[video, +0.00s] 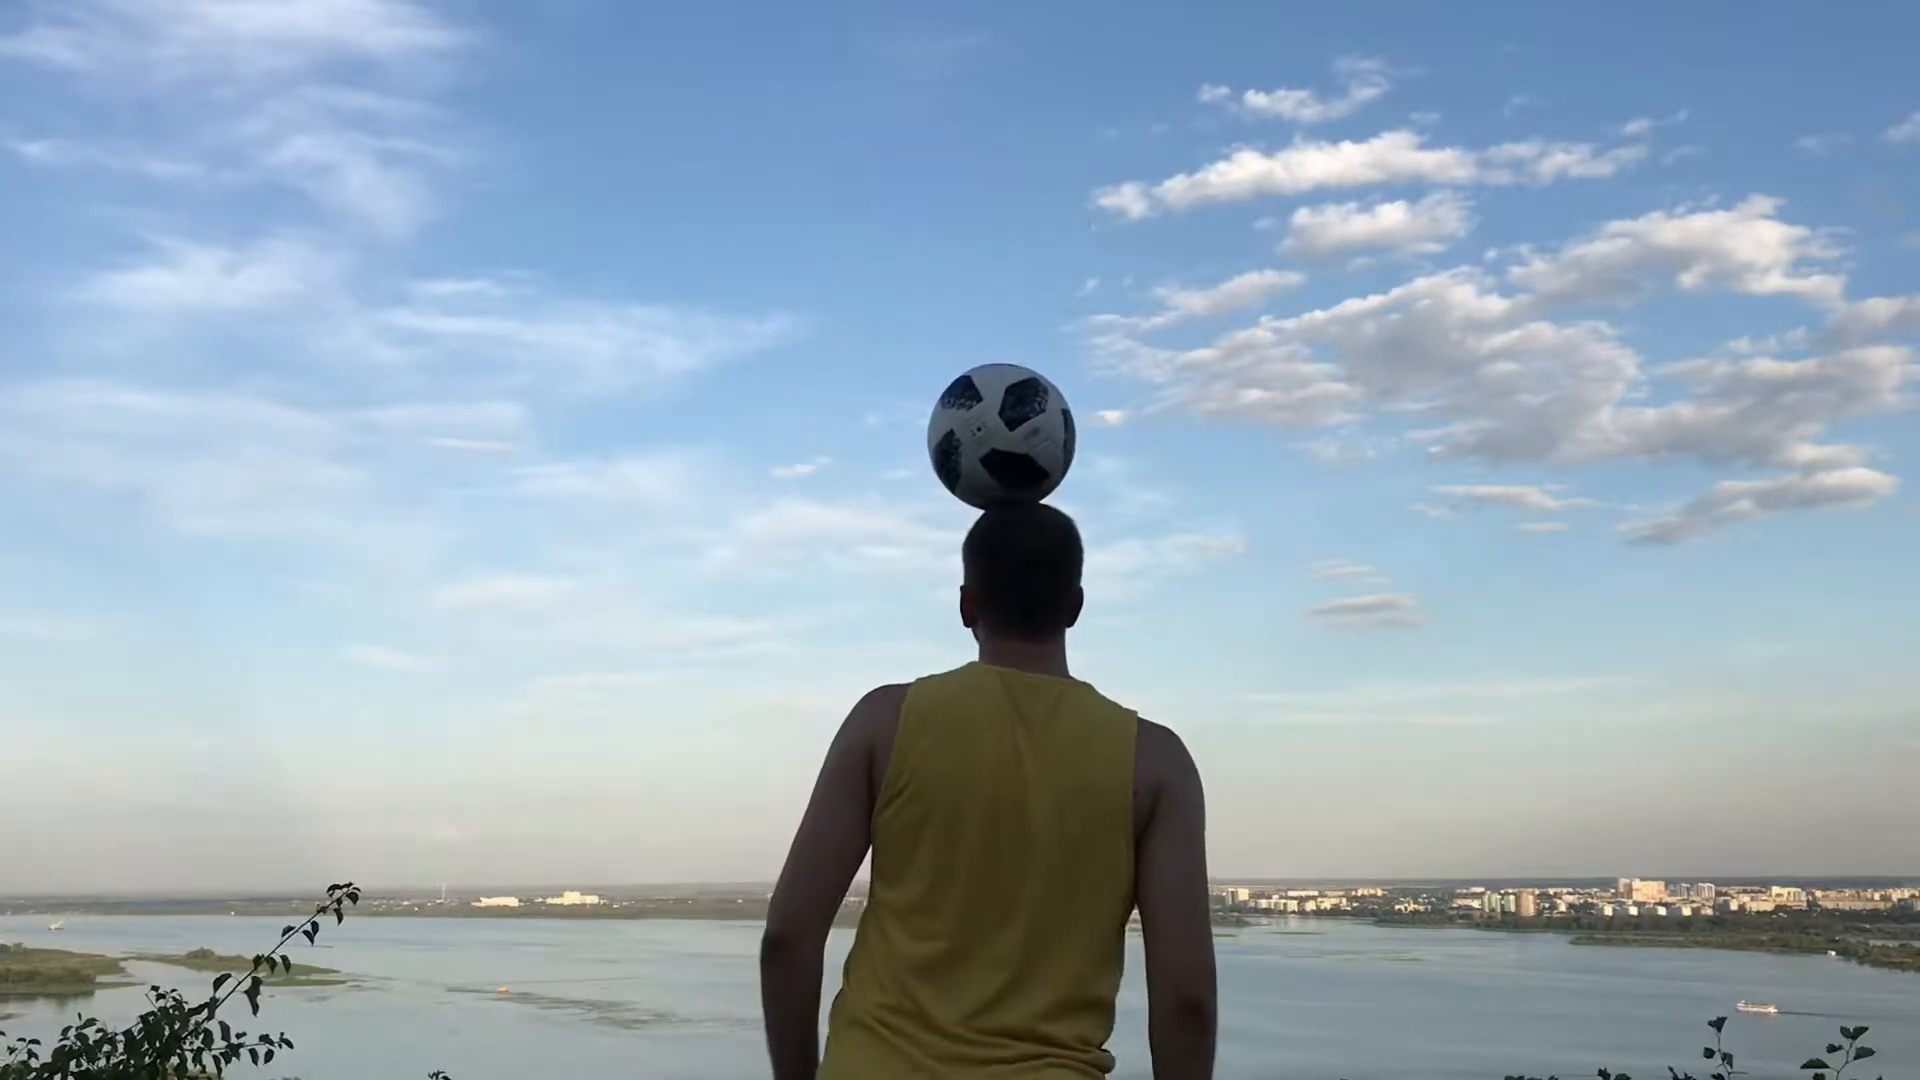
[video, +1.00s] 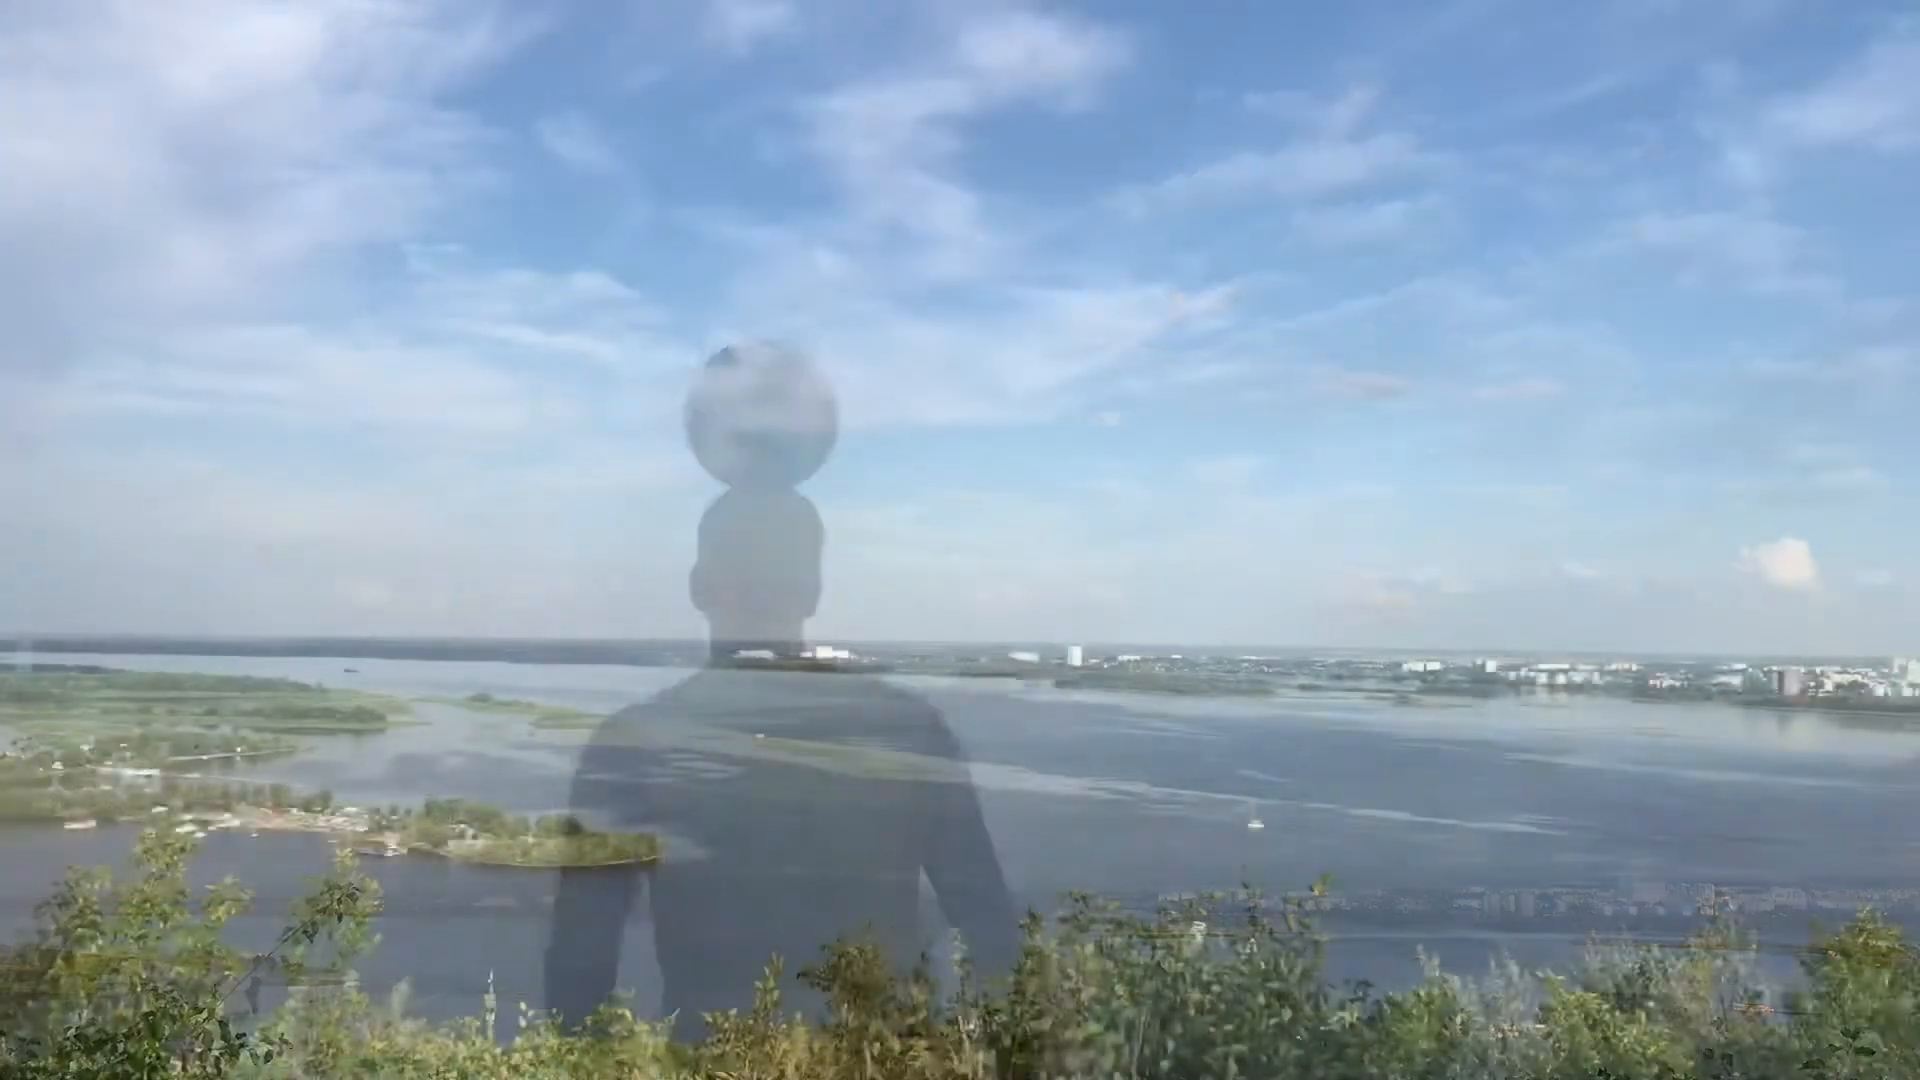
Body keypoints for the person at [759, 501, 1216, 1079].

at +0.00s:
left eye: (961, 592)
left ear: (965, 605)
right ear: (1077, 604)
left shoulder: (885, 719)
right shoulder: (1153, 756)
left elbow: (788, 937)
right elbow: (1186, 1000)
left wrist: (797, 1072)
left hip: (880, 1056)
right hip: (1058, 1062)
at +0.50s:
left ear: (888, 600)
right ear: (999, 603)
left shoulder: (819, 734)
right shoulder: (1088, 742)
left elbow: (743, 963)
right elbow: (1155, 975)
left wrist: (765, 1074)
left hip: (856, 1061)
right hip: (1034, 1063)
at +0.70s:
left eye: (801, 577)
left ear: (800, 591)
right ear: (915, 598)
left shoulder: (729, 736)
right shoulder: (1002, 734)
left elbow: (672, 981)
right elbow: (1086, 958)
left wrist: (698, 1075)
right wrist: (1107, 1074)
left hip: (796, 1060)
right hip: (974, 1061)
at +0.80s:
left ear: (774, 585)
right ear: (889, 592)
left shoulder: (701, 732)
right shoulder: (974, 732)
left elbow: (639, 970)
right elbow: (1053, 956)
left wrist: (665, 1073)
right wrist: (1076, 1070)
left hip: (772, 1057)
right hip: (944, 1057)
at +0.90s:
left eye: (750, 564)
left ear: (743, 584)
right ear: (860, 590)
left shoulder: (674, 733)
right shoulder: (945, 730)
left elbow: (610, 960)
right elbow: (1021, 932)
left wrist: (635, 1072)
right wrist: (1049, 1067)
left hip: (744, 1058)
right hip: (918, 1059)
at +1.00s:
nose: (749, 586)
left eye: (708, 563)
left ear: (700, 586)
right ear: (815, 586)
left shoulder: (636, 739)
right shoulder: (904, 723)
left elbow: (580, 955)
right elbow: (987, 912)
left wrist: (580, 1059)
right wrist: (1016, 1044)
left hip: (716, 1051)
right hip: (883, 1050)